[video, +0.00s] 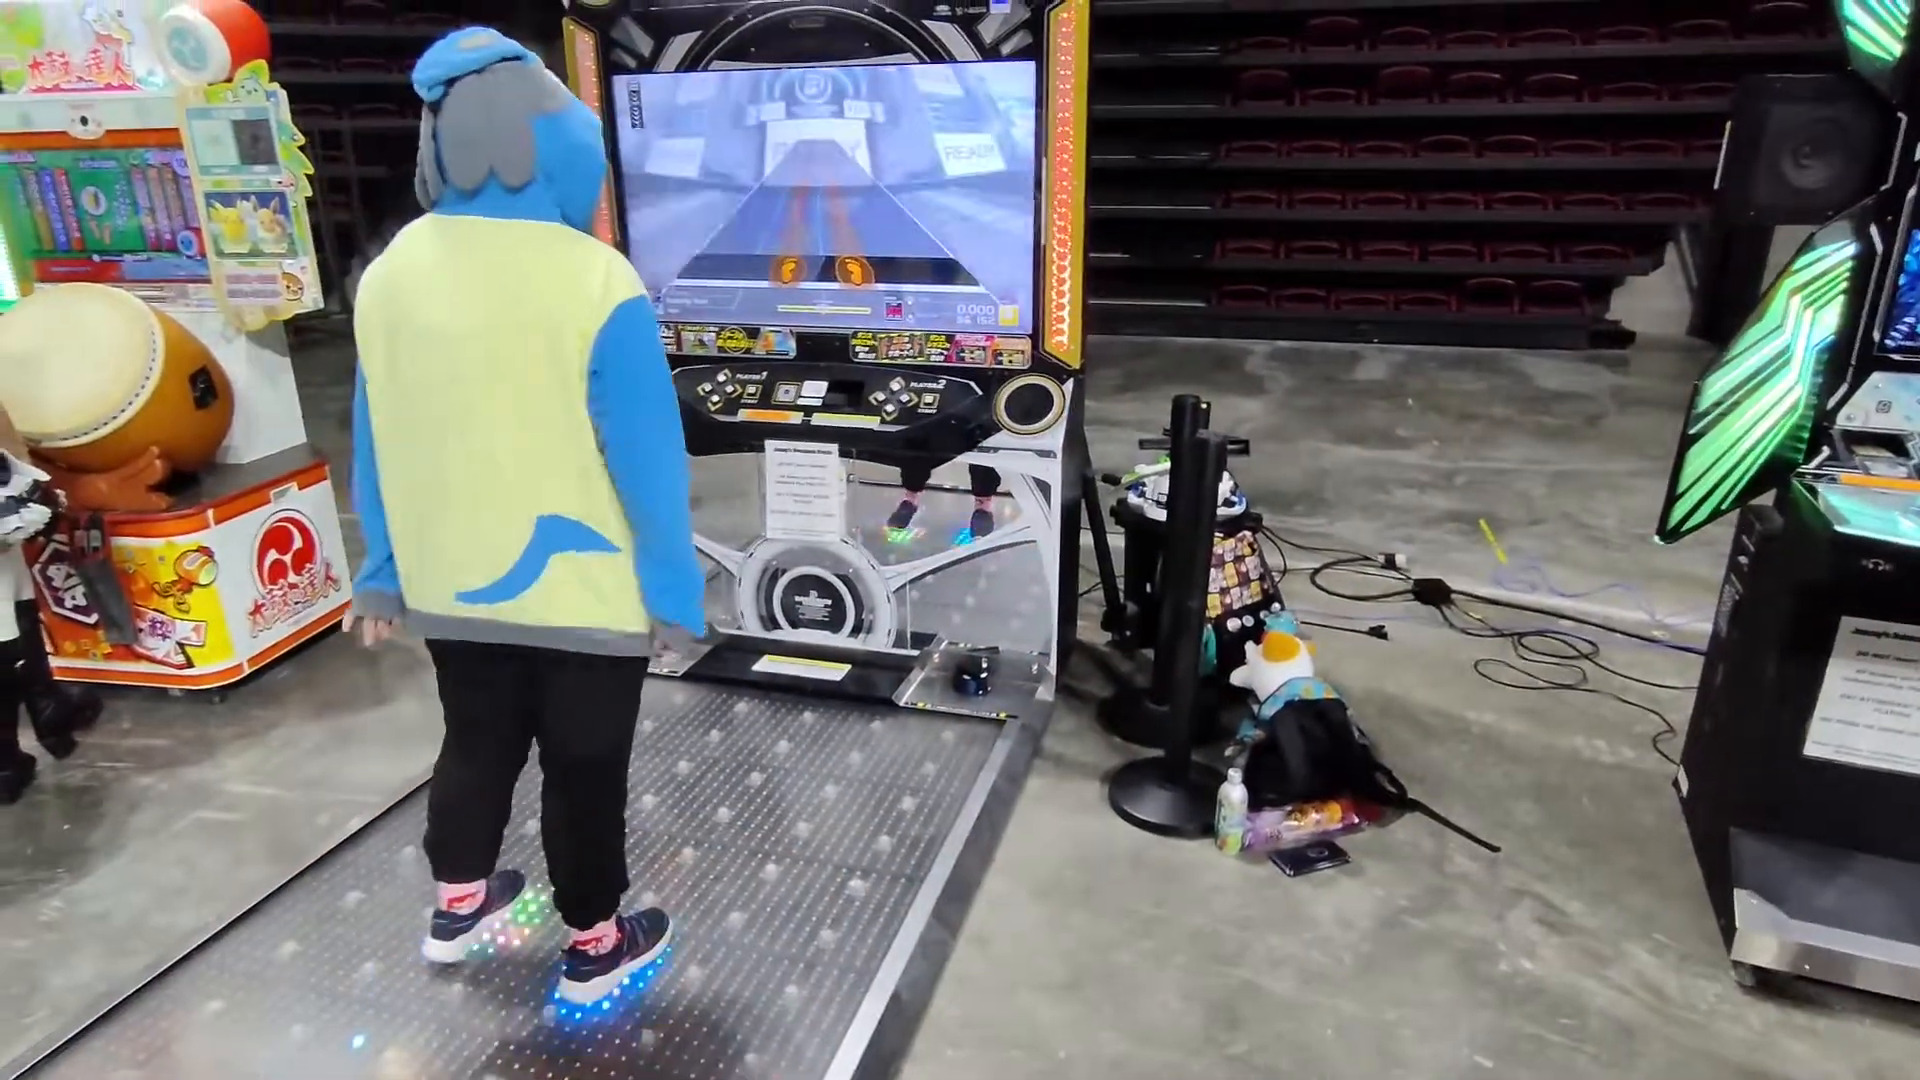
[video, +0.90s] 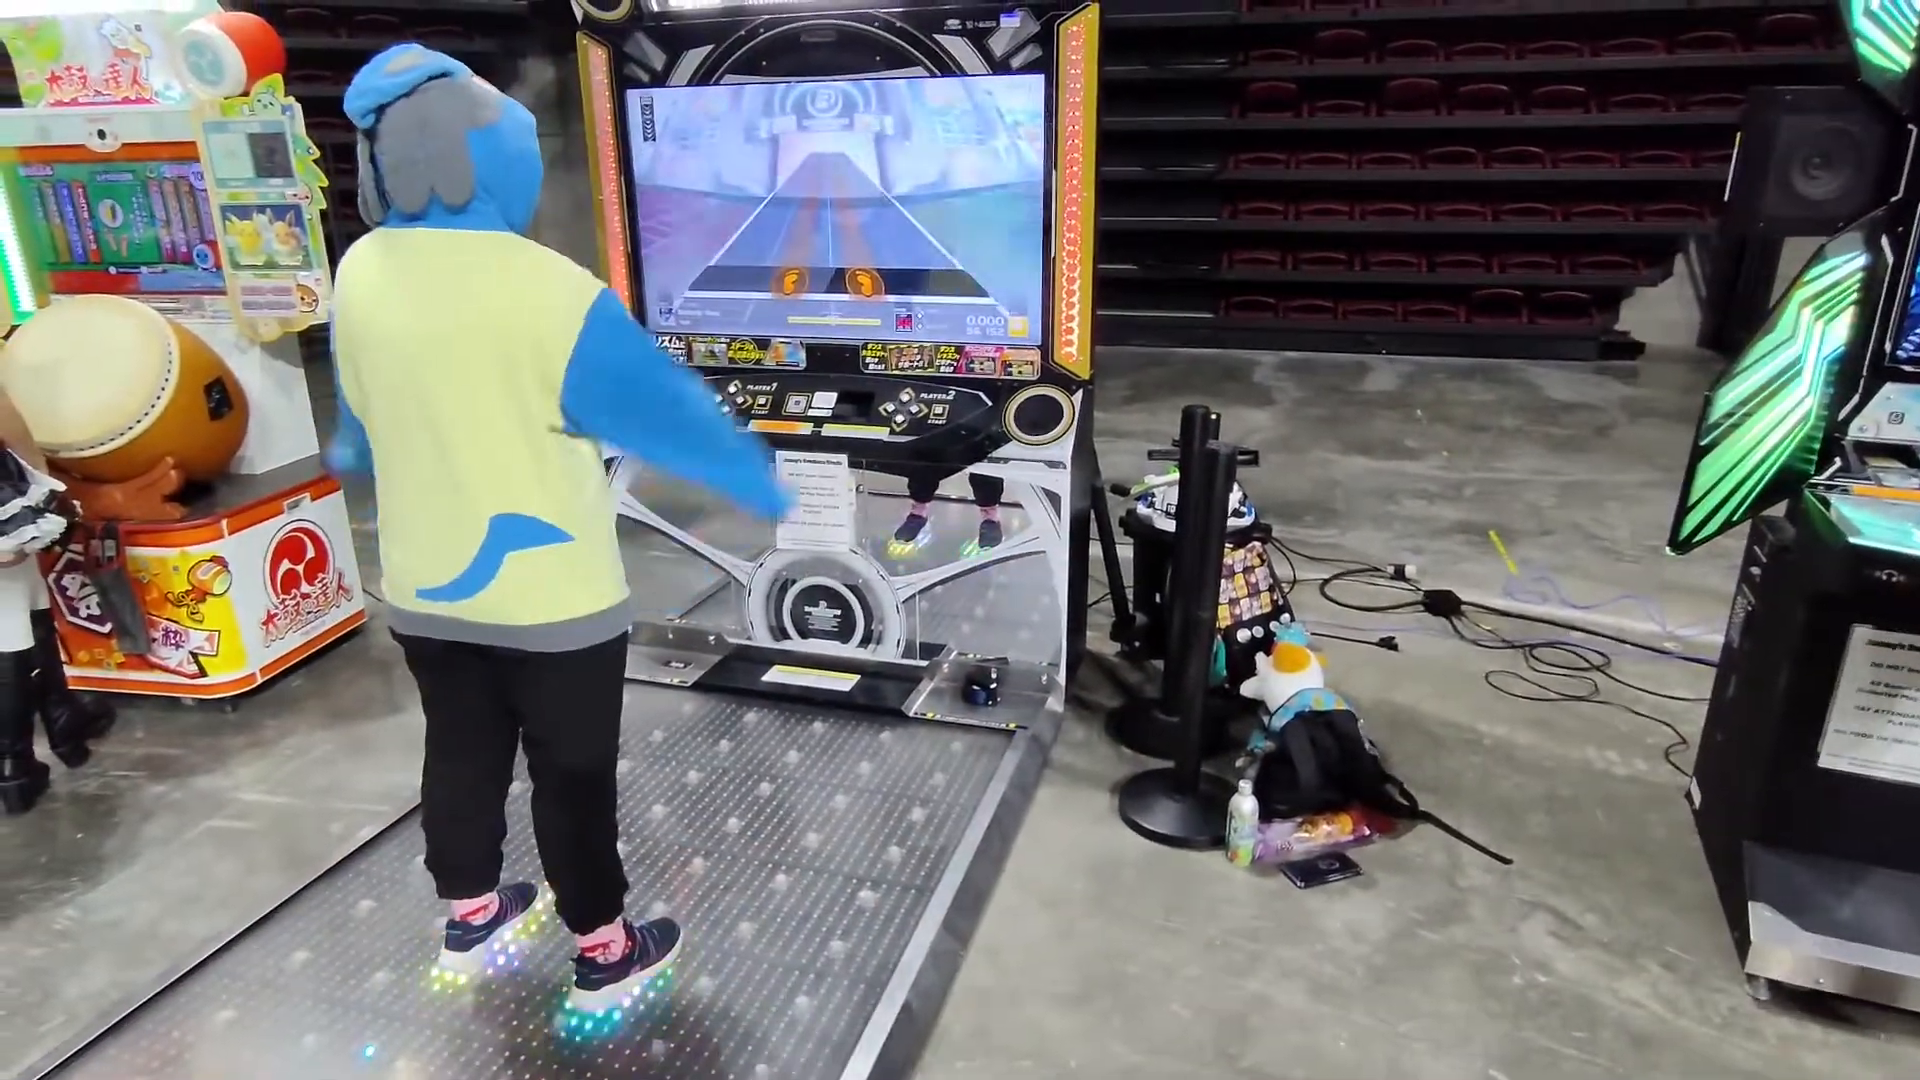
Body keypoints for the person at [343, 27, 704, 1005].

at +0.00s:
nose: (602, 184)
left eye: (598, 162)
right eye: (592, 163)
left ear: (459, 163)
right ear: (554, 165)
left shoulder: (392, 273)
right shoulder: (595, 280)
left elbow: (374, 439)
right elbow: (647, 457)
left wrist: (380, 567)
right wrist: (675, 590)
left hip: (451, 584)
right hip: (583, 589)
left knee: (478, 741)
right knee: (585, 768)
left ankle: (460, 905)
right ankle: (596, 944)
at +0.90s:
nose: (531, 167)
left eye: (521, 149)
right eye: (518, 151)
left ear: (401, 177)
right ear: (496, 167)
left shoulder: (362, 274)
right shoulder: (552, 294)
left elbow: (356, 423)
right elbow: (667, 407)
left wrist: (371, 464)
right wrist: (755, 479)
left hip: (429, 594)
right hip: (558, 601)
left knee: (461, 753)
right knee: (573, 773)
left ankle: (469, 911)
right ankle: (602, 943)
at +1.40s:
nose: (554, 182)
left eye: (545, 163)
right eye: (540, 165)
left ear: (429, 183)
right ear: (506, 178)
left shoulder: (384, 291)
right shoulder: (562, 302)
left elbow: (390, 444)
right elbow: (624, 477)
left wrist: (431, 557)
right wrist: (665, 603)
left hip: (447, 603)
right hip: (572, 607)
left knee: (479, 753)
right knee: (587, 781)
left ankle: (484, 916)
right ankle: (613, 950)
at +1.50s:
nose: (562, 187)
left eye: (554, 169)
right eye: (549, 171)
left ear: (440, 187)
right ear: (515, 182)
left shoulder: (395, 288)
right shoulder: (571, 305)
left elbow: (395, 448)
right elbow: (626, 484)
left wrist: (429, 557)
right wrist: (664, 616)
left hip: (452, 600)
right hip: (573, 605)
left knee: (483, 751)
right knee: (592, 778)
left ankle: (485, 915)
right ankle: (615, 949)